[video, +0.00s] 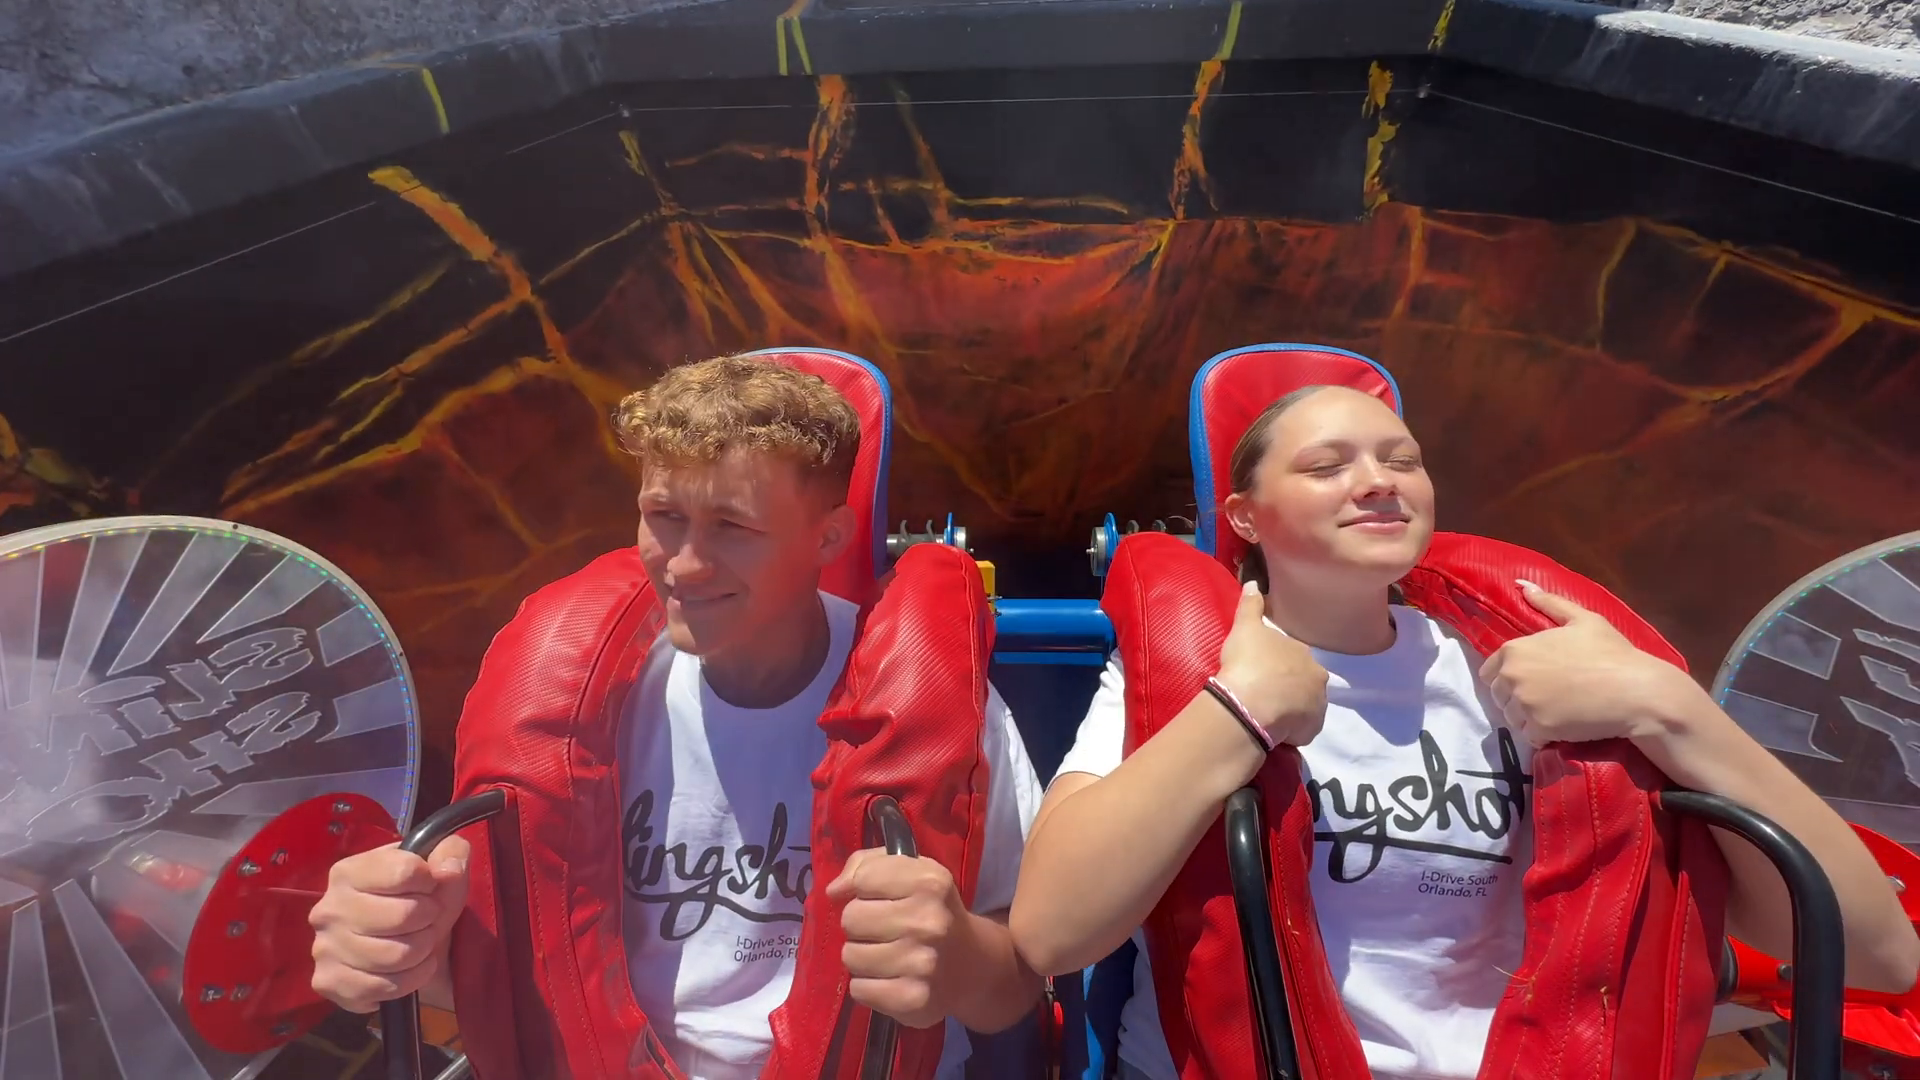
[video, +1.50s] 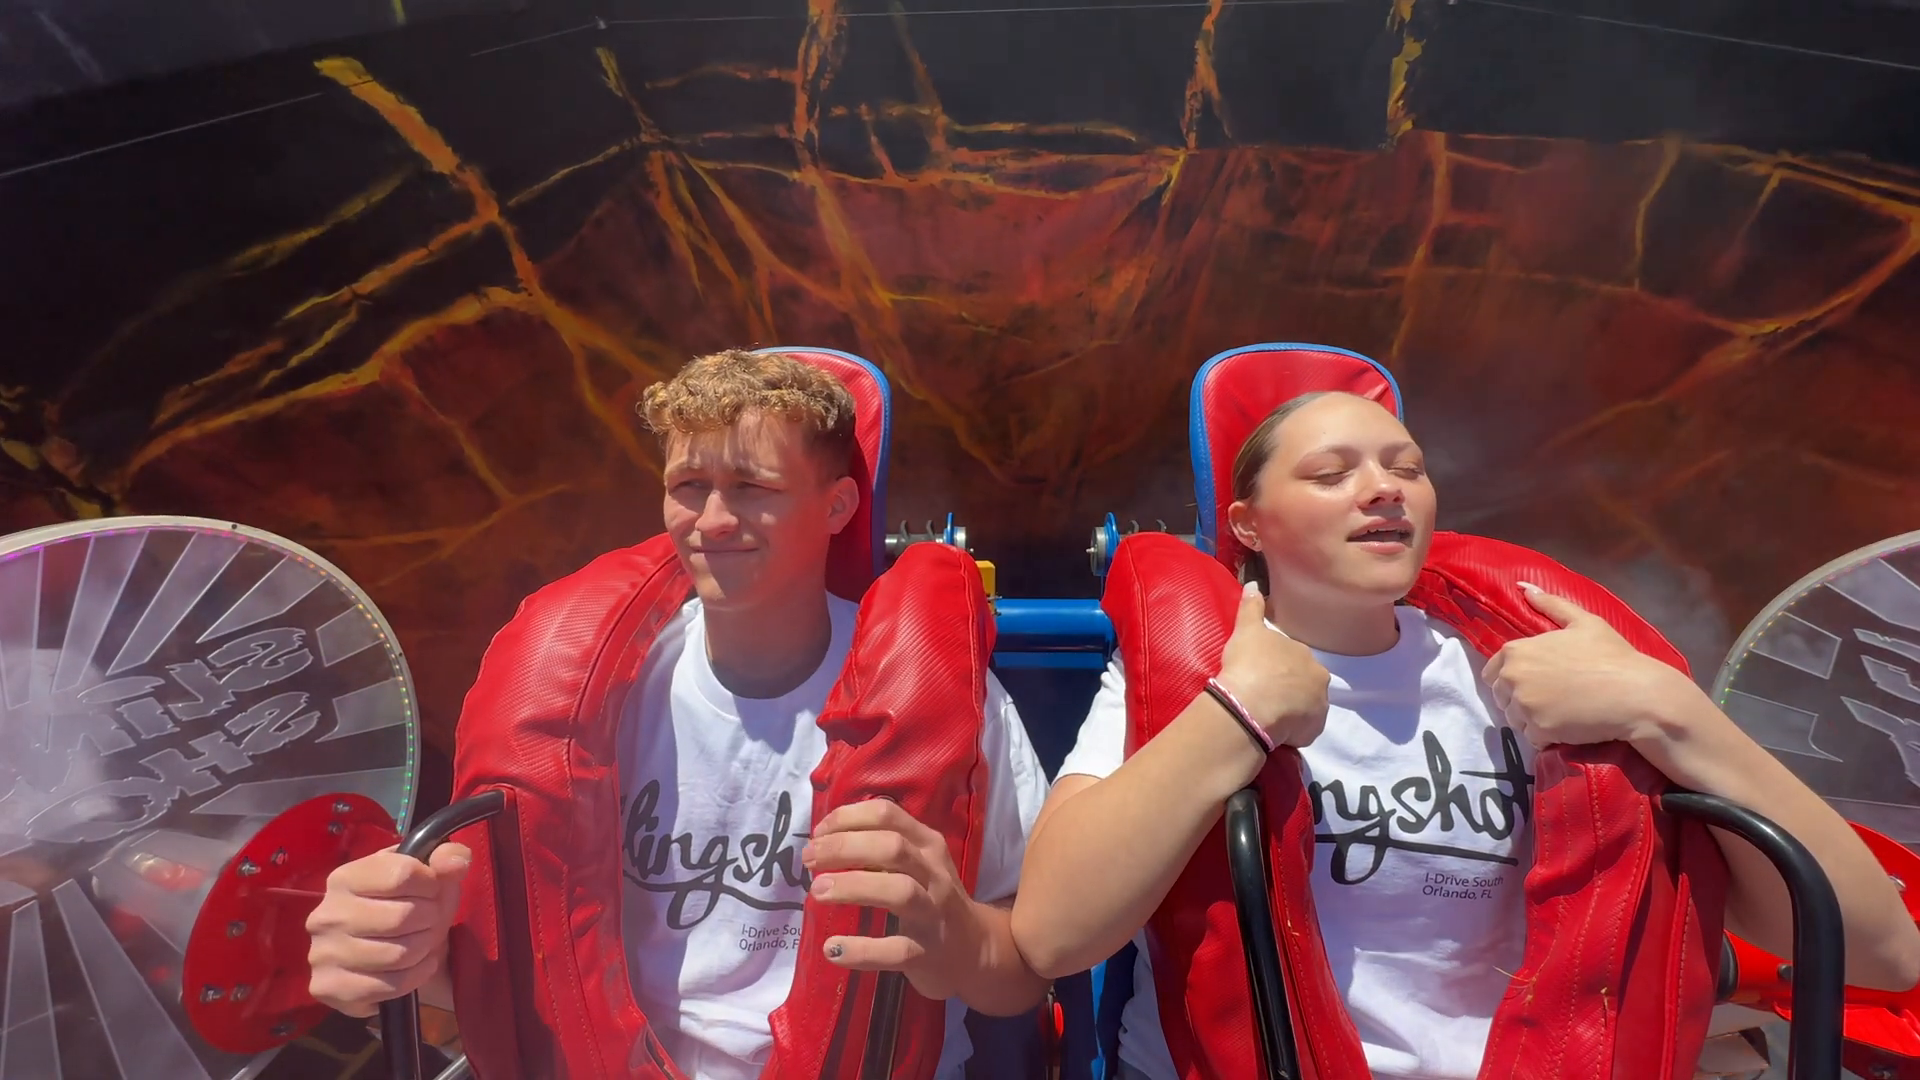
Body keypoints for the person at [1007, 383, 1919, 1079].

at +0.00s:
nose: (1379, 482)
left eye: (1397, 455)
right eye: (1326, 464)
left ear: (1427, 485)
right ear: (1246, 515)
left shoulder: (1533, 670)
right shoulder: (1172, 671)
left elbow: (1883, 952)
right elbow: (1046, 939)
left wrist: (1665, 704)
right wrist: (1238, 716)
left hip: (1523, 1060)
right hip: (1286, 1062)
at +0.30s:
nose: (1383, 481)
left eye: (1399, 455)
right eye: (1327, 464)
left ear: (1428, 486)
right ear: (1249, 518)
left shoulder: (1541, 675)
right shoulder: (1173, 674)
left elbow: (1878, 951)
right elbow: (1051, 935)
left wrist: (1668, 706)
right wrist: (1240, 714)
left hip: (1531, 1066)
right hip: (1296, 1066)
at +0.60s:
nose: (1382, 482)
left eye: (1400, 456)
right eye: (1327, 466)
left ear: (1430, 488)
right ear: (1248, 522)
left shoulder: (1534, 669)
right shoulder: (1174, 673)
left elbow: (1877, 949)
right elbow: (1052, 936)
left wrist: (1666, 705)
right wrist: (1239, 714)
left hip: (1533, 1065)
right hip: (1302, 1066)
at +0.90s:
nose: (1390, 481)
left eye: (1407, 457)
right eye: (1335, 463)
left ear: (1437, 496)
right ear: (1252, 523)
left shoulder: (1539, 671)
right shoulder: (1175, 674)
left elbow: (1879, 948)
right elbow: (1048, 936)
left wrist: (1668, 710)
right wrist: (1238, 716)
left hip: (1532, 1063)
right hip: (1302, 1063)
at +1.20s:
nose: (1389, 485)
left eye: (1406, 461)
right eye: (1335, 468)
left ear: (1435, 492)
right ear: (1251, 521)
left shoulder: (1538, 671)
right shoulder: (1173, 673)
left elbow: (1883, 946)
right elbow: (1048, 938)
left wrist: (1666, 709)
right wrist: (1237, 718)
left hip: (1524, 1066)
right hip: (1289, 1066)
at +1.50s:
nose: (1386, 489)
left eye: (1402, 463)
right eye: (1332, 471)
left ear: (1432, 494)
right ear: (1250, 524)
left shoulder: (1537, 677)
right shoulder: (1172, 678)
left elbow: (1883, 947)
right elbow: (1048, 939)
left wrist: (1666, 706)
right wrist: (1239, 718)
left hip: (1526, 1065)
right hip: (1293, 1066)